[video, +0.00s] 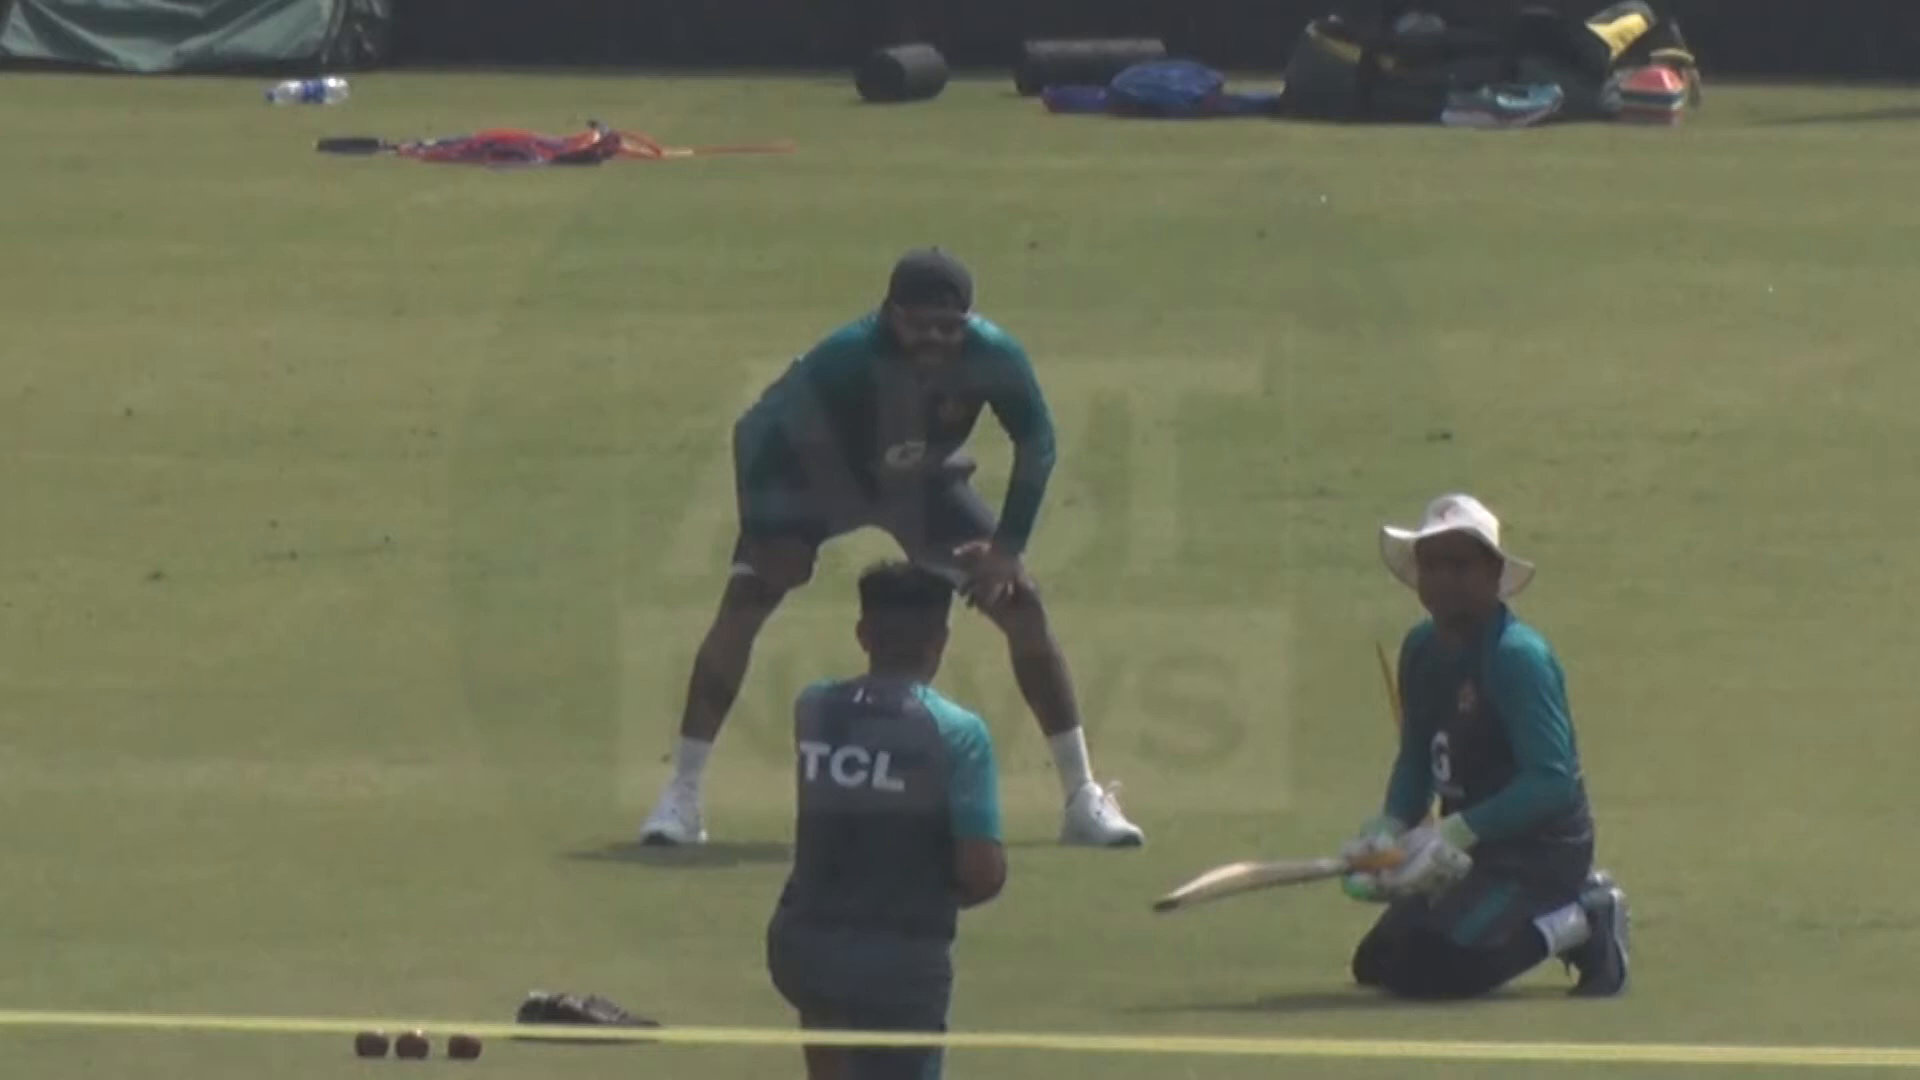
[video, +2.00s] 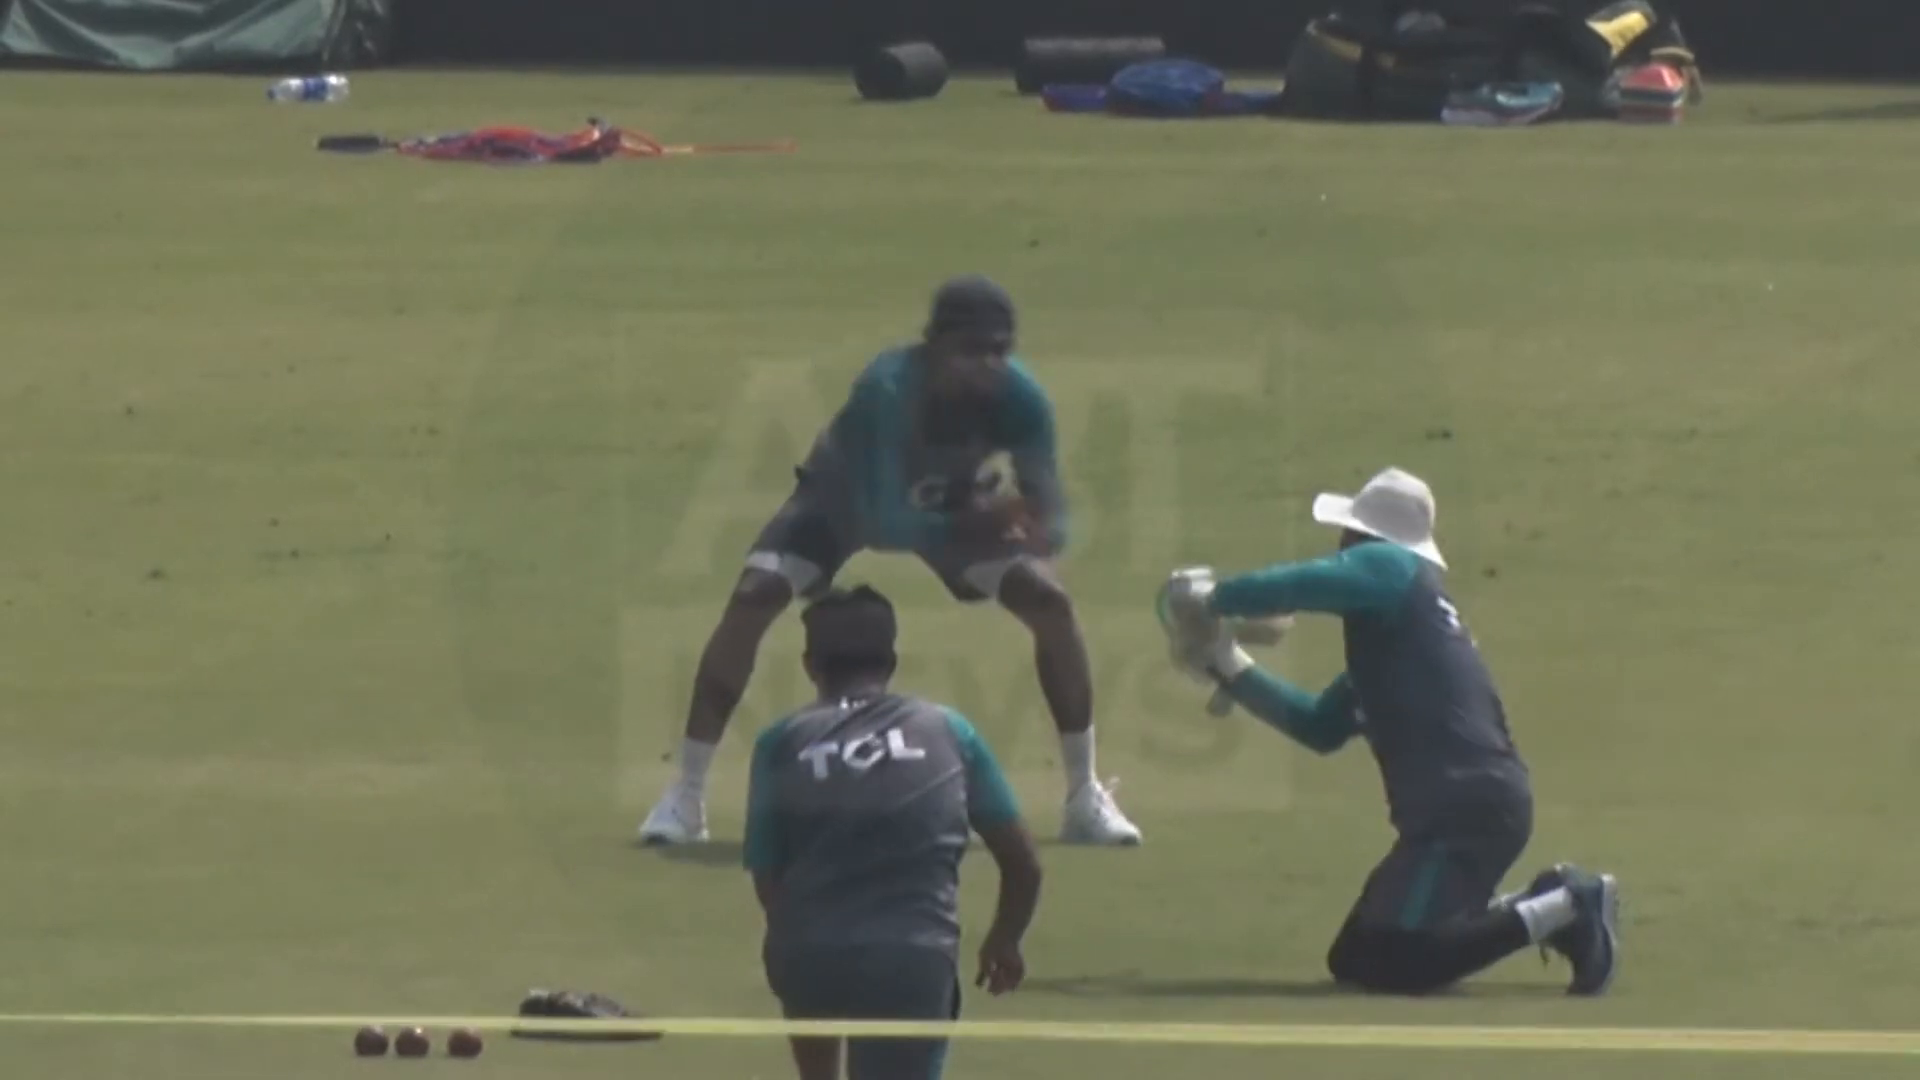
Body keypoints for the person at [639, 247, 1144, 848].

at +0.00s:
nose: (931, 341)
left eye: (944, 328)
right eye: (917, 327)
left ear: (965, 321)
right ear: (890, 315)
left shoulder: (996, 359)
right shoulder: (845, 358)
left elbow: (1037, 443)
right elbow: (758, 430)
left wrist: (1008, 544)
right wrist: (768, 536)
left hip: (922, 484)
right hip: (813, 480)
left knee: (1023, 612)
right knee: (744, 604)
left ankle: (1084, 796)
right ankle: (681, 796)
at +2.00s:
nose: (985, 367)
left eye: (997, 352)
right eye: (970, 351)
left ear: (1010, 351)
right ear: (935, 345)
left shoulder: (1022, 400)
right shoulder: (889, 385)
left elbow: (1052, 527)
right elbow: (880, 523)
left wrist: (1028, 532)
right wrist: (965, 529)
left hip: (950, 512)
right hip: (841, 503)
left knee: (1051, 607)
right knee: (753, 599)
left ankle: (1086, 796)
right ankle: (685, 795)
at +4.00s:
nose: (1001, 249)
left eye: (1015, 235)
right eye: (986, 234)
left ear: (1037, 230)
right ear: (960, 228)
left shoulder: (1067, 288)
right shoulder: (916, 297)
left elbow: (1097, 395)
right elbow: (879, 417)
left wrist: (1089, 495)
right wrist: (899, 521)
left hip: (1029, 463)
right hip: (925, 465)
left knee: (1110, 613)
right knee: (844, 625)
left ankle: (1158, 798)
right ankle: (763, 770)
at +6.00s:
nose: (980, 141)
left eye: (994, 128)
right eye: (965, 127)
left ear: (1015, 131)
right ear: (936, 128)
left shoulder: (1046, 215)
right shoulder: (896, 221)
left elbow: (1086, 319)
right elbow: (852, 340)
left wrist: (1085, 402)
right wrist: (886, 416)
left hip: (1023, 441)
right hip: (924, 446)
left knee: (1080, 620)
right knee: (855, 611)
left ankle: (1155, 798)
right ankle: (804, 788)